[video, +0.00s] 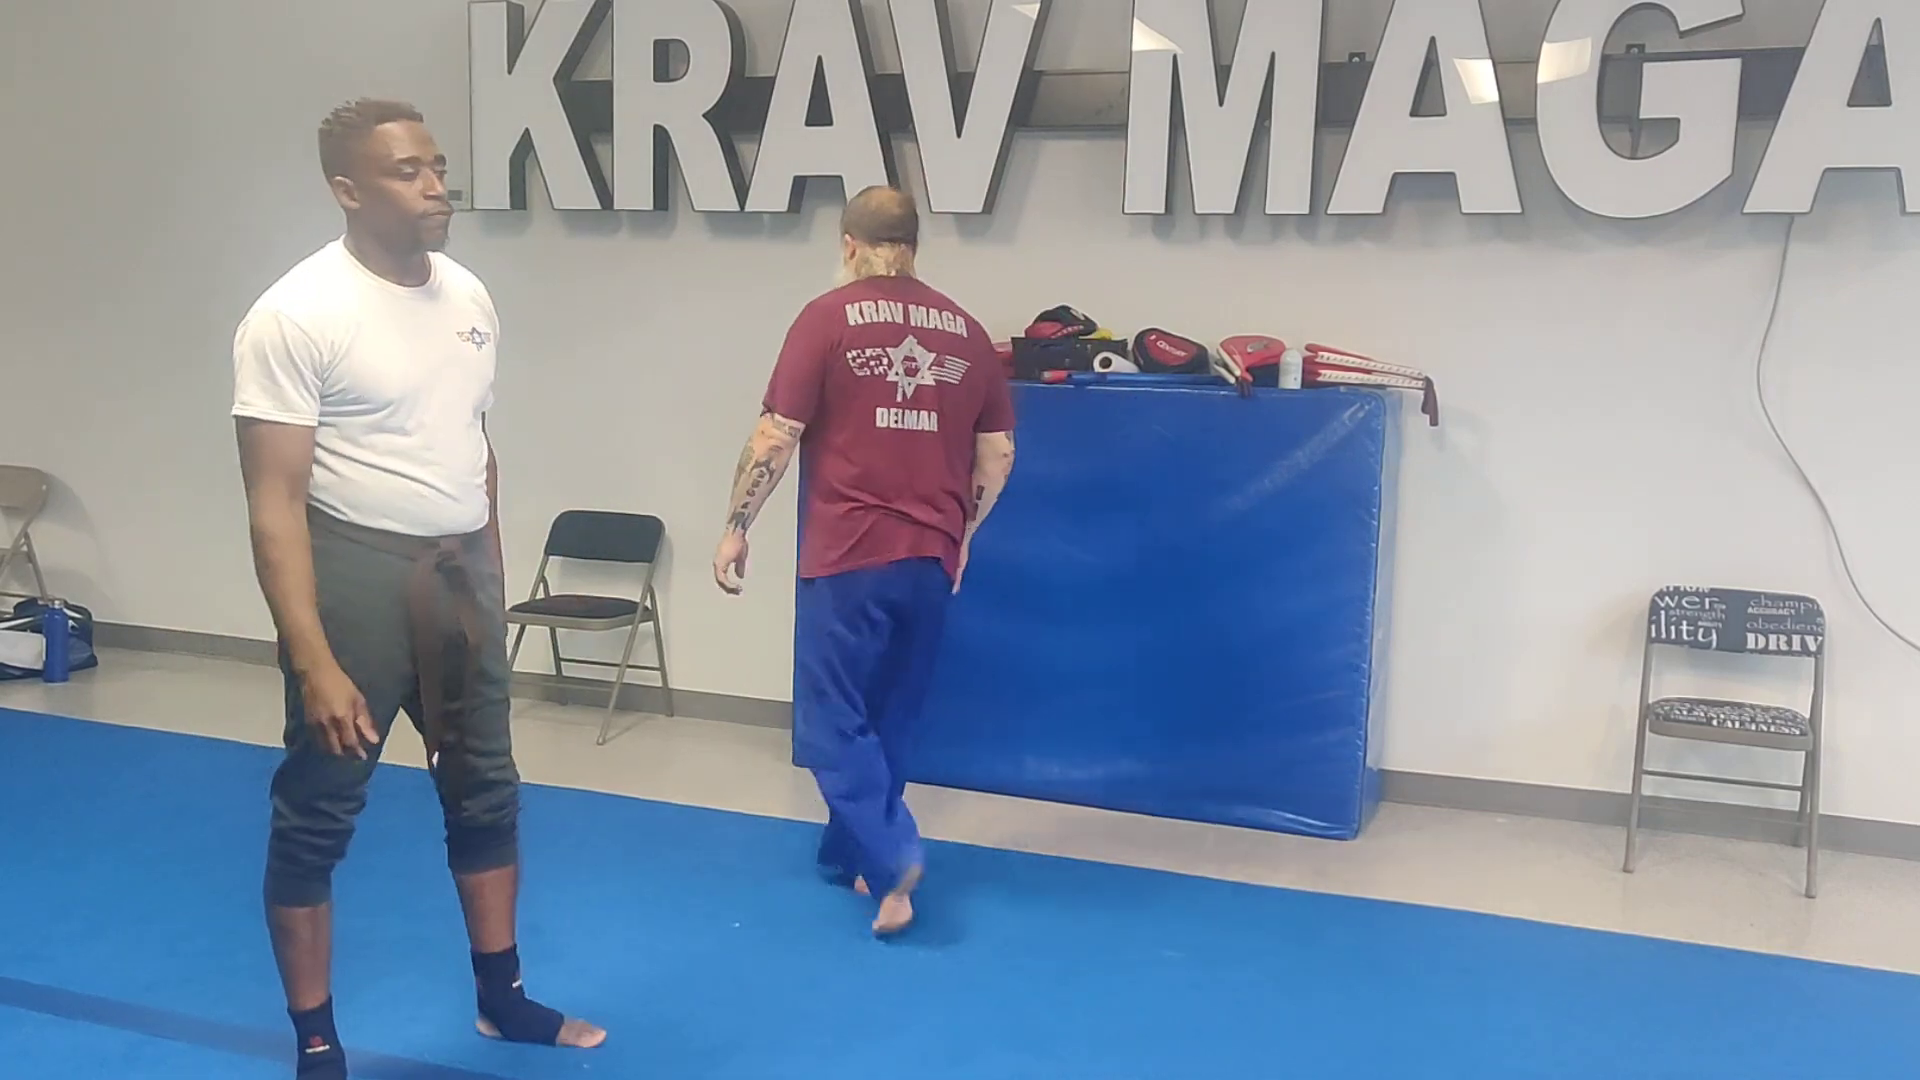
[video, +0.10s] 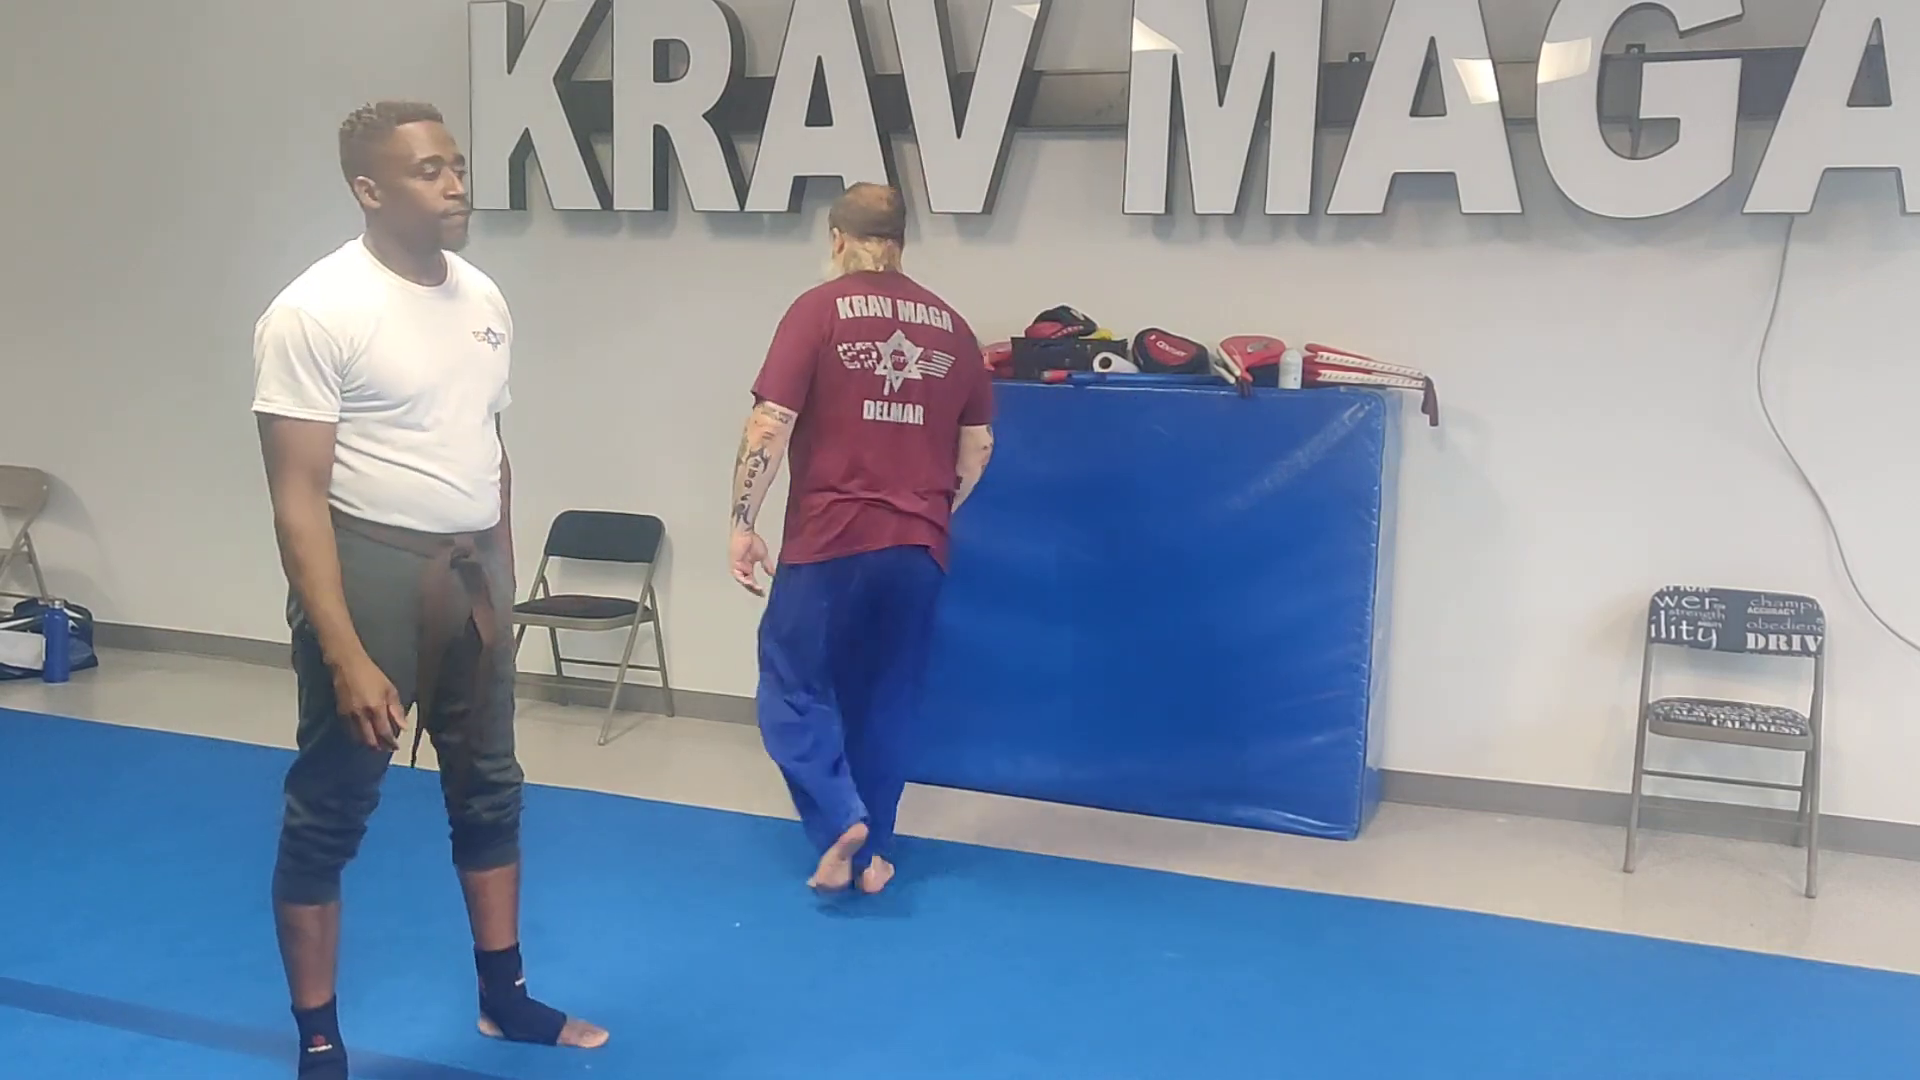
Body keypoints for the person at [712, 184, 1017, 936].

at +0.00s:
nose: (841, 255)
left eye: (842, 246)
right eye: (850, 245)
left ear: (851, 247)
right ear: (914, 248)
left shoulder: (828, 316)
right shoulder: (968, 330)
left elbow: (777, 436)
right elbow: (997, 451)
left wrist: (737, 526)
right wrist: (960, 532)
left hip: (847, 553)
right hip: (933, 555)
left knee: (831, 718)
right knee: (891, 710)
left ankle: (896, 859)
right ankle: (846, 851)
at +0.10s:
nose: (832, 250)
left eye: (832, 240)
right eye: (838, 240)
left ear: (839, 241)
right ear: (900, 243)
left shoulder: (819, 309)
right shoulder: (954, 327)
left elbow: (770, 424)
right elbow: (977, 446)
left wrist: (742, 521)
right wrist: (930, 506)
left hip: (830, 536)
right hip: (920, 540)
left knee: (791, 687)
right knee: (887, 695)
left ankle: (839, 819)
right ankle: (870, 857)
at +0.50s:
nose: (731, 270)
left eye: (730, 261)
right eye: (734, 260)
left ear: (739, 259)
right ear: (798, 256)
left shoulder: (734, 329)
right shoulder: (859, 323)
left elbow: (704, 444)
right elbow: (890, 436)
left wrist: (684, 532)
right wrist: (853, 502)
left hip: (765, 532)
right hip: (848, 529)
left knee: (745, 678)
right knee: (845, 674)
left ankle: (739, 809)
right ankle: (864, 807)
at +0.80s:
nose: (686, 260)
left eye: (685, 251)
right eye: (688, 251)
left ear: (694, 250)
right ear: (749, 248)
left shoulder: (684, 318)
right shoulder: (808, 314)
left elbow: (630, 429)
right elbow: (845, 420)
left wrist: (595, 474)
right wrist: (823, 486)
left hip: (718, 517)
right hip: (795, 513)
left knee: (713, 669)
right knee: (786, 646)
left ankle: (731, 809)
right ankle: (793, 776)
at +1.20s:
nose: (649, 276)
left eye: (650, 265)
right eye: (648, 266)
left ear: (669, 260)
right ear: (710, 261)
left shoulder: (662, 323)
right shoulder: (760, 325)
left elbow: (629, 423)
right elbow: (784, 419)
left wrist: (603, 498)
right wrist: (748, 476)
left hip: (669, 510)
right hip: (738, 511)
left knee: (629, 618)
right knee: (724, 640)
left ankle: (671, 734)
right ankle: (724, 767)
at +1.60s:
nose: (549, 292)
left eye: (550, 281)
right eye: (546, 282)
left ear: (574, 275)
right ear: (609, 271)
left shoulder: (580, 333)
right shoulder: (667, 321)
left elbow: (571, 433)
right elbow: (692, 409)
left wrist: (543, 519)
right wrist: (661, 469)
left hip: (605, 508)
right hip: (673, 501)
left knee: (577, 625)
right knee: (673, 619)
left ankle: (576, 743)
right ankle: (711, 729)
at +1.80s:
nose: (531, 287)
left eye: (531, 275)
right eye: (531, 276)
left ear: (545, 271)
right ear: (576, 263)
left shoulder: (546, 324)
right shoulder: (627, 316)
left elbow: (544, 420)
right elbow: (647, 402)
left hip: (571, 503)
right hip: (630, 496)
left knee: (567, 618)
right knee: (614, 601)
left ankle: (581, 748)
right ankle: (638, 708)